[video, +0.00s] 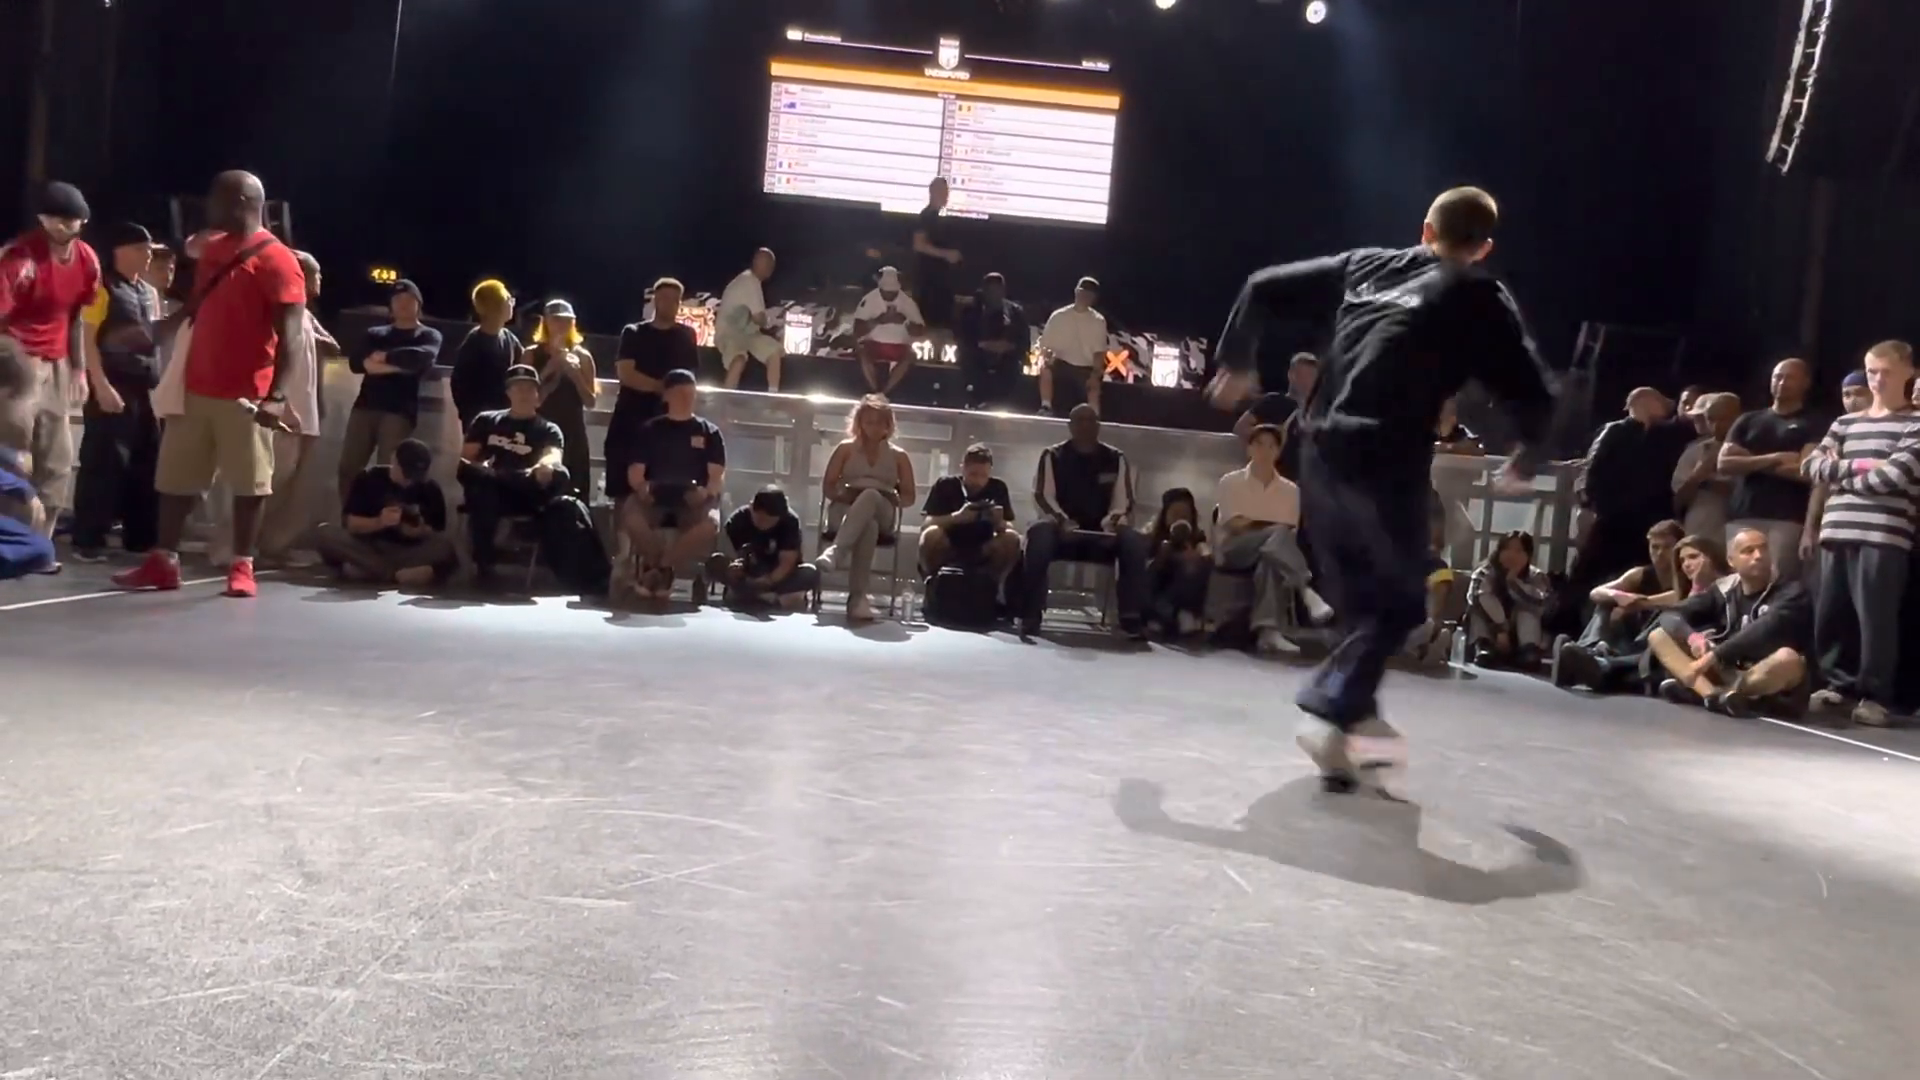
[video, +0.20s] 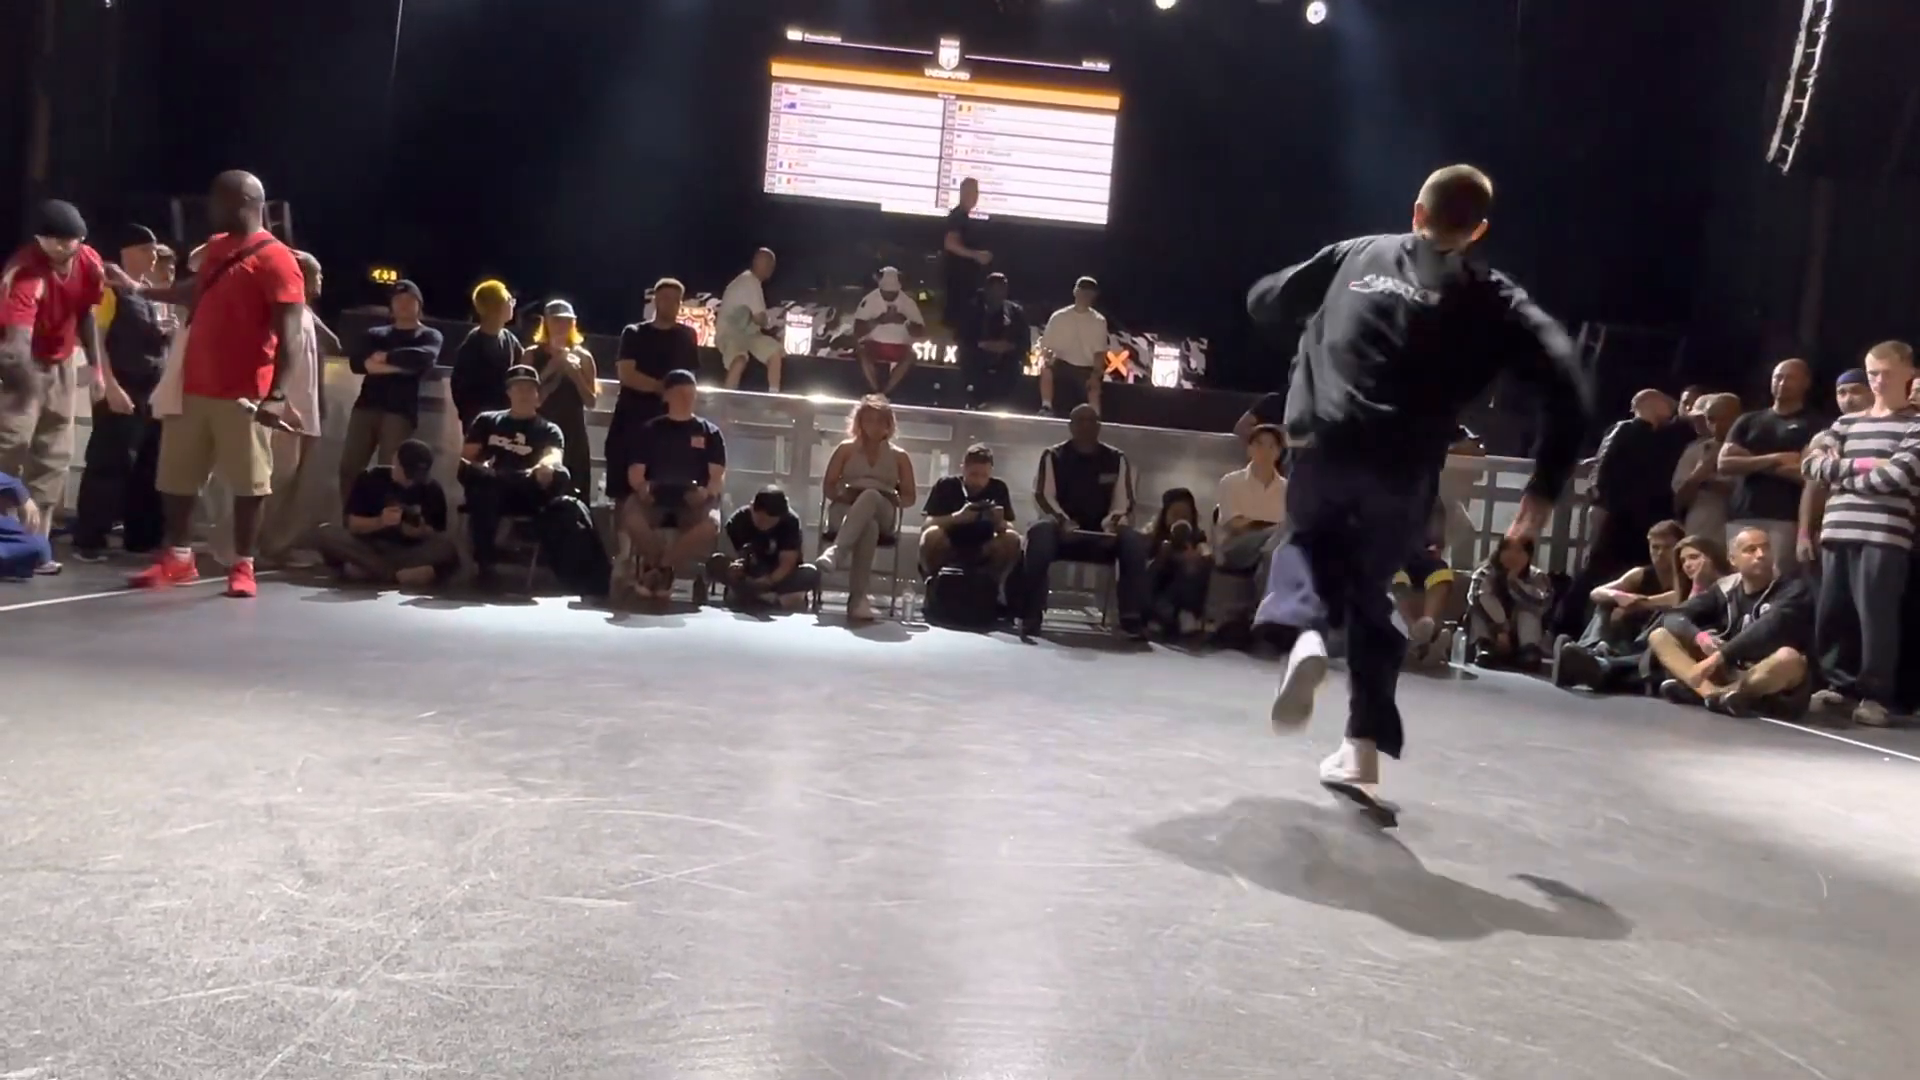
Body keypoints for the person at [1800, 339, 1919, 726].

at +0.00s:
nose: (1875, 380)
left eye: (1884, 373)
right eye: (1871, 373)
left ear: (1908, 376)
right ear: (1865, 374)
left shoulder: (1913, 424)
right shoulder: (1845, 423)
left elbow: (1895, 476)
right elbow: (1811, 464)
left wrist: (1841, 476)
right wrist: (1858, 469)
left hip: (1883, 535)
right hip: (1835, 533)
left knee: (1876, 619)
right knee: (1830, 614)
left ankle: (1875, 697)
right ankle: (1837, 685)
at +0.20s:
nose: (1876, 381)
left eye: (1884, 374)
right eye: (1871, 374)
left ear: (1909, 376)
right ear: (1866, 376)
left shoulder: (1913, 424)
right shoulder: (1847, 422)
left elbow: (1897, 475)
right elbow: (1811, 460)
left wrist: (1841, 475)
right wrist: (1859, 468)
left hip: (1884, 534)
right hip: (1837, 532)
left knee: (1876, 616)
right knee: (1832, 612)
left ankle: (1876, 697)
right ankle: (1838, 686)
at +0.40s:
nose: (1877, 379)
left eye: (1885, 372)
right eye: (1872, 372)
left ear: (1909, 374)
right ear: (1868, 374)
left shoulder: (1913, 423)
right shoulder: (1845, 422)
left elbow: (1897, 476)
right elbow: (1813, 465)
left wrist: (1840, 474)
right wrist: (1868, 467)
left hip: (1884, 533)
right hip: (1836, 531)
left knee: (1875, 617)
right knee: (1830, 611)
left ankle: (1876, 698)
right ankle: (1837, 687)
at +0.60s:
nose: (1876, 381)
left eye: (1885, 374)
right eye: (1872, 374)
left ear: (1909, 376)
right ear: (1867, 376)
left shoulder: (1913, 425)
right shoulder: (1844, 422)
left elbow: (1898, 478)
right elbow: (1812, 467)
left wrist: (1841, 474)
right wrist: (1869, 466)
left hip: (1885, 534)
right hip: (1836, 531)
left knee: (1876, 619)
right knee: (1831, 613)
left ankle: (1875, 699)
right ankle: (1837, 689)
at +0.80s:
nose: (1879, 379)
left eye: (1888, 372)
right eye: (1875, 371)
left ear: (1911, 376)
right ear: (1868, 375)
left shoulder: (1913, 426)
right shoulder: (1843, 422)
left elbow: (1900, 479)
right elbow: (1813, 468)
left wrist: (1841, 475)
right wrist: (1869, 466)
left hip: (1884, 534)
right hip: (1836, 531)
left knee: (1875, 618)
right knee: (1832, 612)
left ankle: (1876, 699)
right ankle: (1838, 687)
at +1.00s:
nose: (1880, 380)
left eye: (1889, 373)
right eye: (1875, 373)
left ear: (1912, 376)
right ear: (1867, 376)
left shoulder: (1913, 426)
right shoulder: (1845, 422)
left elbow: (1902, 480)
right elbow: (1813, 468)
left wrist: (1843, 477)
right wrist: (1869, 467)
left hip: (1885, 534)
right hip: (1836, 532)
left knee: (1875, 618)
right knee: (1831, 612)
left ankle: (1876, 699)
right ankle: (1837, 687)